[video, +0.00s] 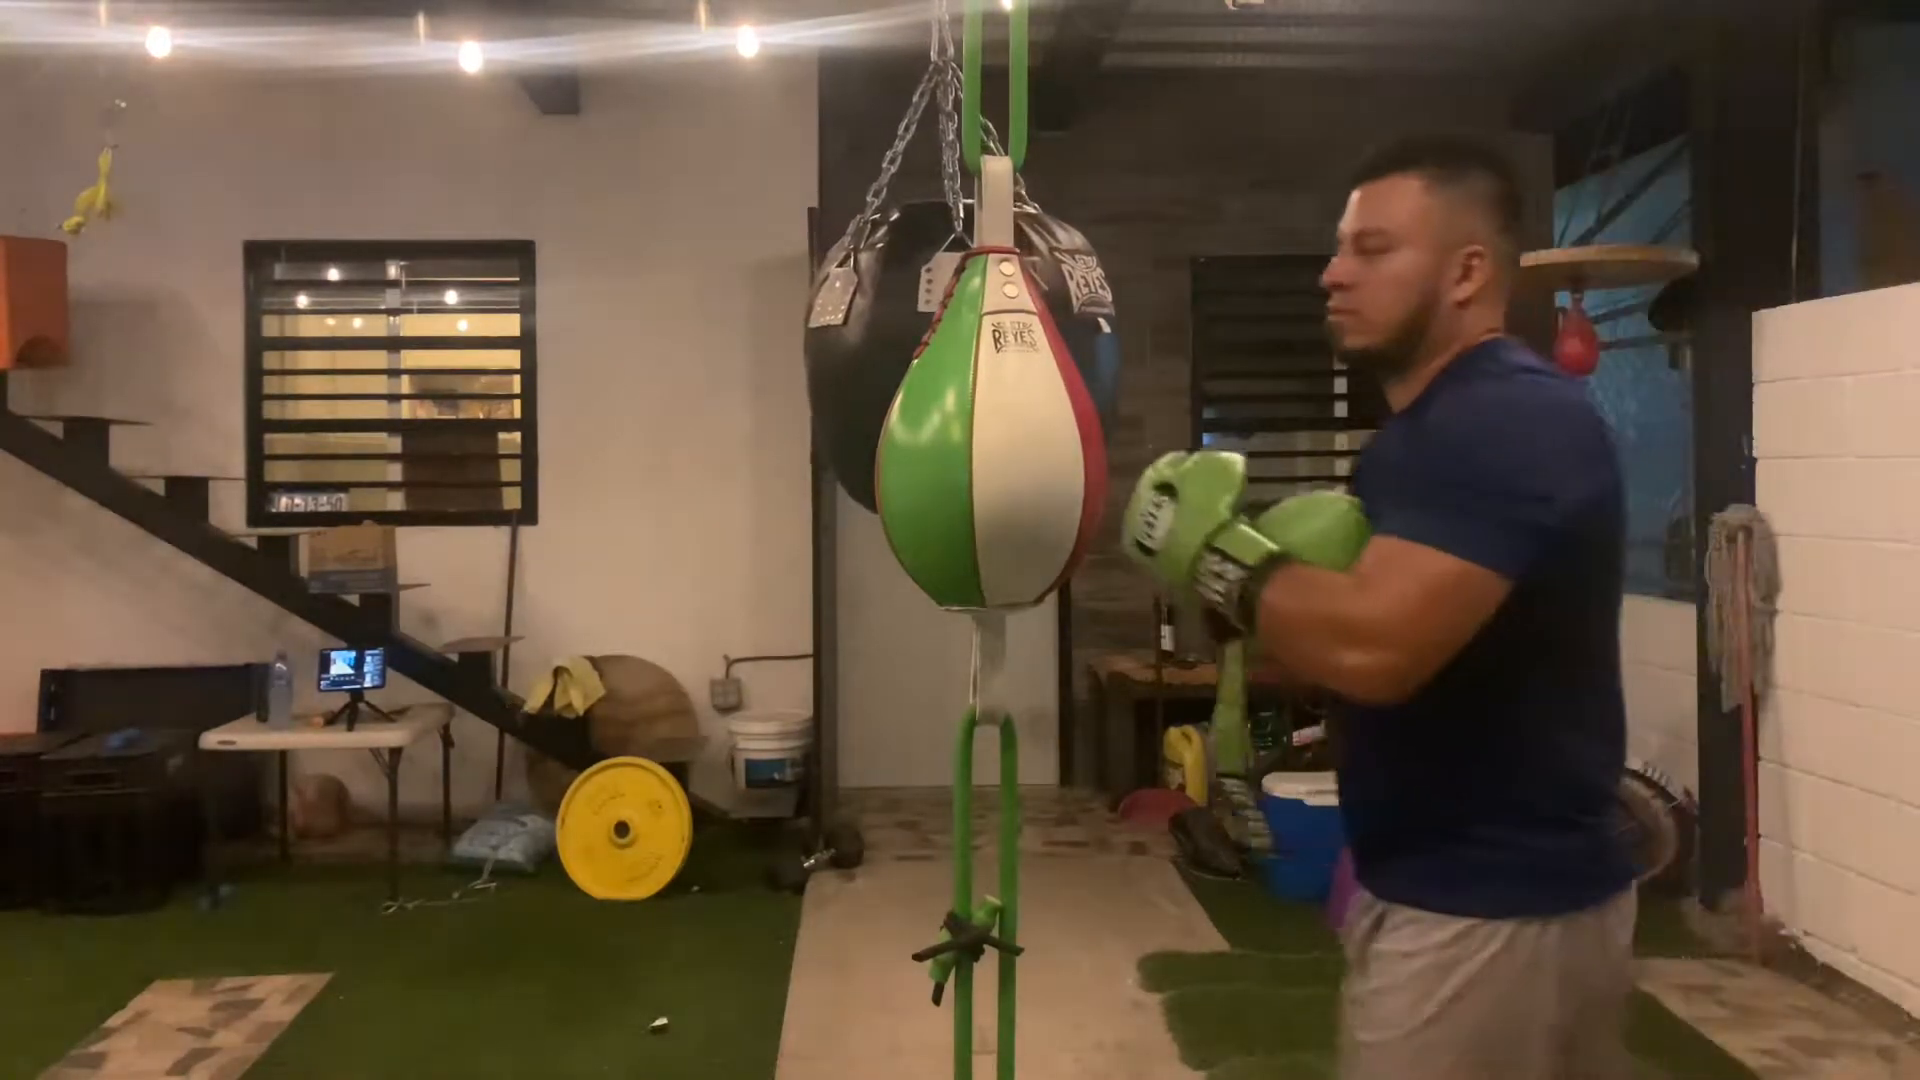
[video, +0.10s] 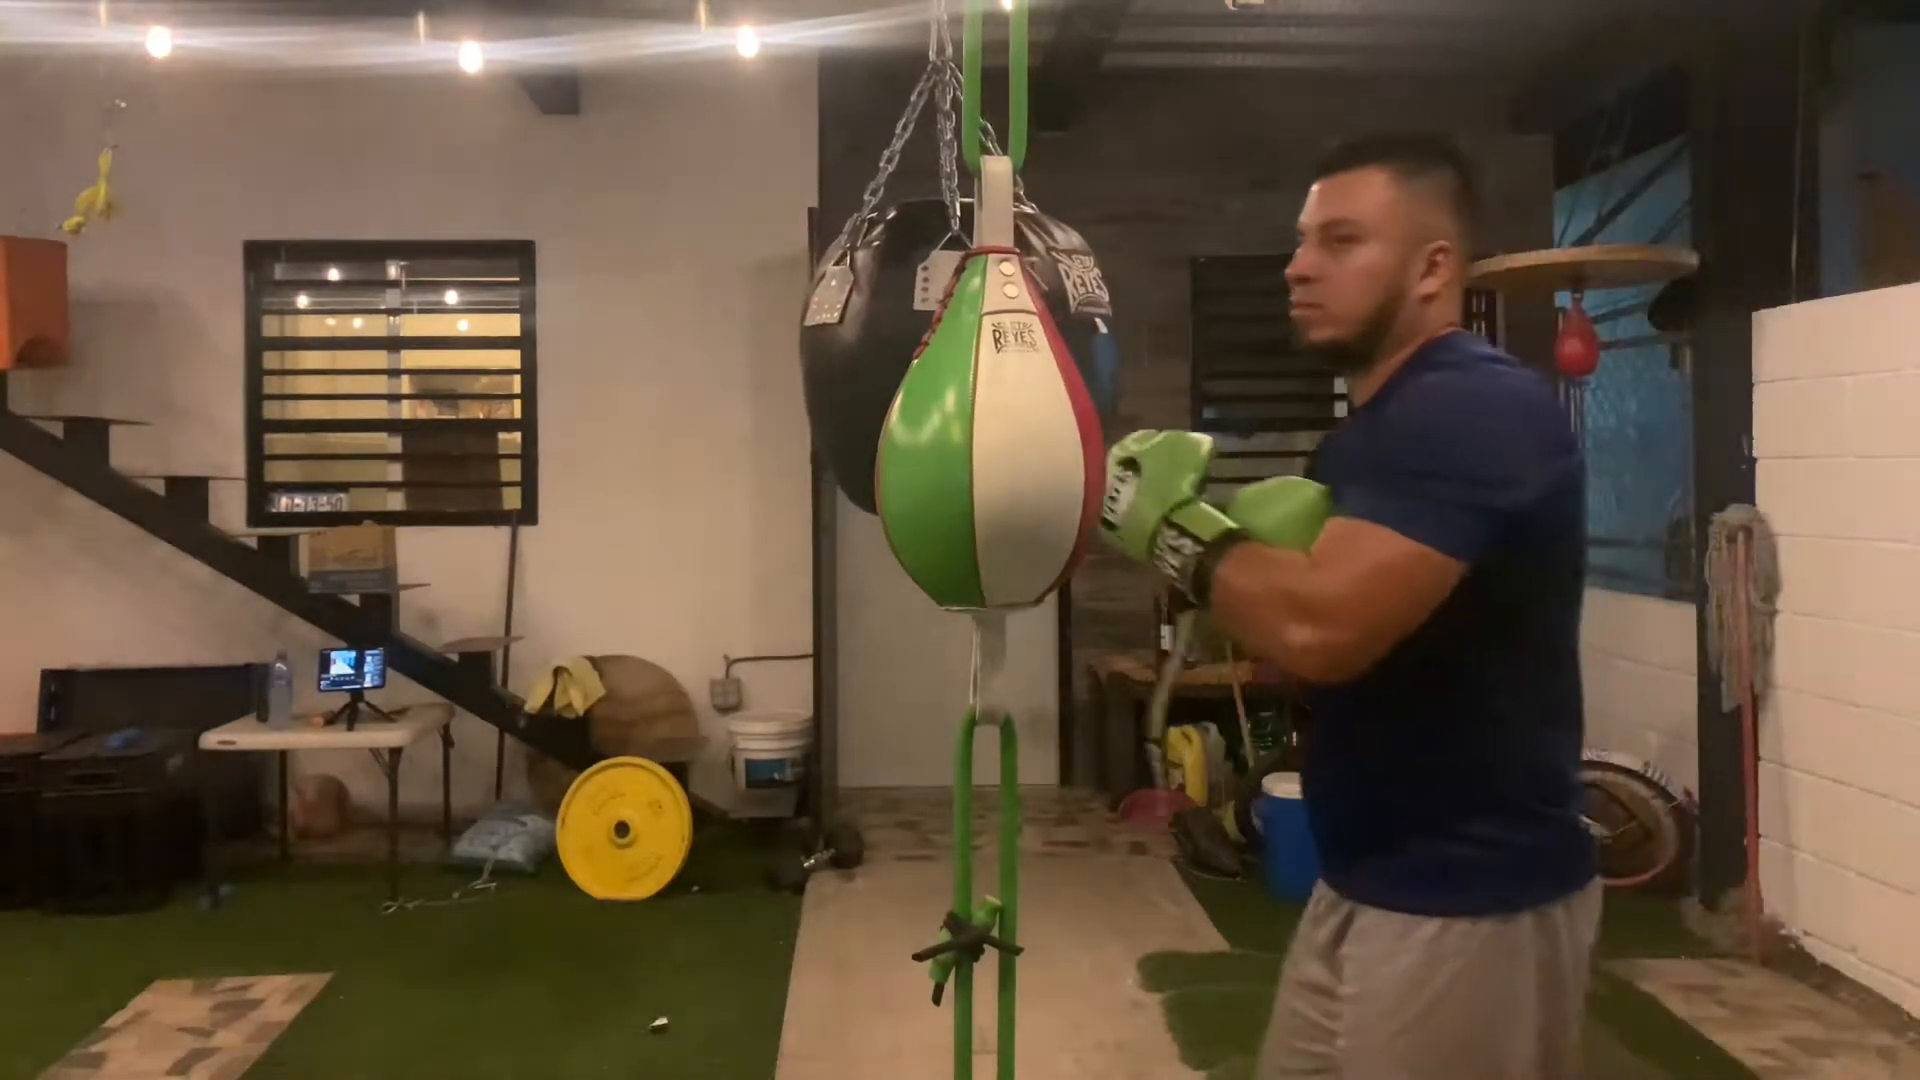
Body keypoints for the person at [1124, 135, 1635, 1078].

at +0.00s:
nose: (1333, 275)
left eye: (1371, 248)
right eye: (1338, 250)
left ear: (1467, 273)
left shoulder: (1508, 416)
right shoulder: (1428, 425)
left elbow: (1375, 647)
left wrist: (1223, 561)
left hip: (1488, 917)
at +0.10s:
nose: (1298, 267)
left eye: (1339, 240)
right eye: (1300, 243)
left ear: (1432, 265)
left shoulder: (1479, 404)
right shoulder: (1366, 427)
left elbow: (1317, 630)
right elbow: (1321, 601)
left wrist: (1174, 533)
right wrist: (1223, 551)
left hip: (1468, 910)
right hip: (1363, 886)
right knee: (1299, 1063)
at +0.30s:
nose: (1242, 264)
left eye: (1284, 239)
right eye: (1242, 241)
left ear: (1374, 269)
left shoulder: (1418, 398)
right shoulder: (1317, 423)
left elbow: (1241, 592)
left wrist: (1125, 502)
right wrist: (1149, 510)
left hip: (1427, 909)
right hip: (1303, 890)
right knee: (1246, 1069)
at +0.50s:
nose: (1178, 271)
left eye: (1218, 247)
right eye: (1170, 251)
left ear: (1299, 279)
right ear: (1157, 274)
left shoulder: (1354, 406)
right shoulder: (1186, 447)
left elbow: (1195, 587)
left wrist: (1028, 531)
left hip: (1350, 905)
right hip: (1212, 887)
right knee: (1164, 1063)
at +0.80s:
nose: (1088, 280)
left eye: (1123, 255)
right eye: (1070, 259)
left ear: (1182, 285)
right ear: (1050, 285)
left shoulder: (1233, 407)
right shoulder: (1069, 424)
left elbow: (1110, 580)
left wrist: (951, 530)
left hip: (1205, 884)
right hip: (1074, 865)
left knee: (1210, 1068)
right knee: (1059, 1066)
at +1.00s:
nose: (1040, 280)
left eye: (1069, 256)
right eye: (1020, 259)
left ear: (1124, 281)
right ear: (997, 279)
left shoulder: (1181, 403)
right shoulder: (994, 413)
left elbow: (1097, 577)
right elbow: (891, 583)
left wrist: (927, 548)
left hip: (1148, 841)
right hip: (1012, 827)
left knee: (1119, 1067)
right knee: (1006, 1066)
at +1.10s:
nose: (1027, 280)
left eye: (1054, 253)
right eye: (1005, 259)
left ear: (1105, 274)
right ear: (979, 279)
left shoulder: (1166, 400)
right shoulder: (969, 410)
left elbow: (1089, 574)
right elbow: (869, 582)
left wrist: (921, 550)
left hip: (1134, 831)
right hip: (999, 818)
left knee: (1107, 1067)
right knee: (999, 1065)